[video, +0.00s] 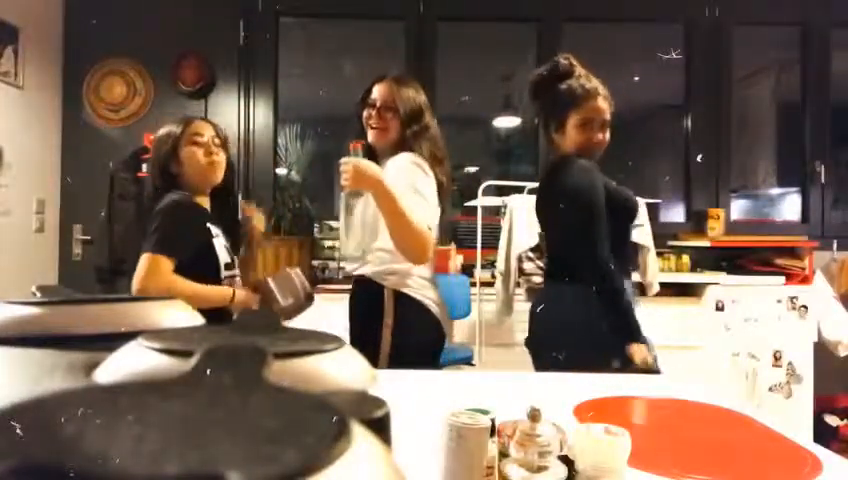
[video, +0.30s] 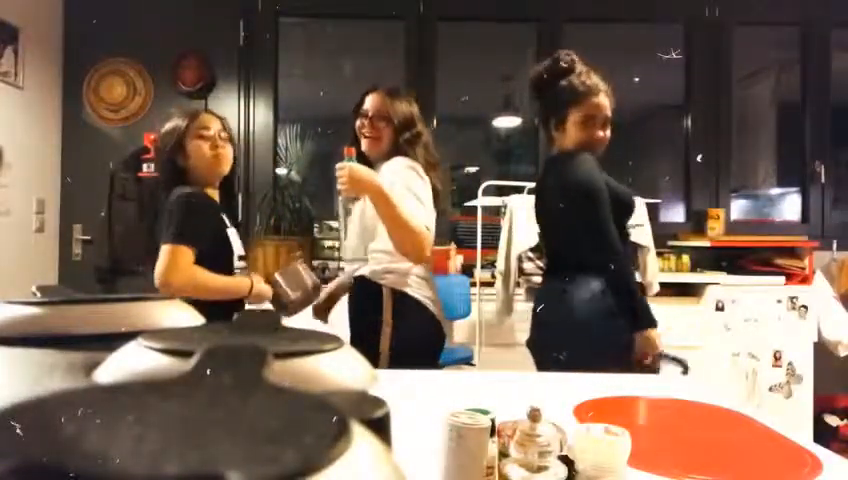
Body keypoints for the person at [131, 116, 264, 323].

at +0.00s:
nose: (213, 150)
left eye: (218, 144)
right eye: (197, 143)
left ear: (225, 158)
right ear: (173, 163)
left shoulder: (205, 213)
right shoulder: (177, 208)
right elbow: (148, 282)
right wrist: (231, 296)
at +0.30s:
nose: (218, 144)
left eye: (224, 137)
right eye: (204, 136)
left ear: (233, 150)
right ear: (180, 154)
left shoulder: (215, 206)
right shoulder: (187, 202)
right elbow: (171, 277)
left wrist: (253, 283)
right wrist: (248, 288)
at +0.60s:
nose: (217, 134)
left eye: (223, 126)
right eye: (202, 126)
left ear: (232, 137)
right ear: (178, 142)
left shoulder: (212, 191)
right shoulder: (186, 190)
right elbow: (172, 270)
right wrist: (247, 282)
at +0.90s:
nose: (214, 131)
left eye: (220, 122)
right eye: (199, 123)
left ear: (230, 133)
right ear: (176, 141)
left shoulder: (213, 188)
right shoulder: (185, 185)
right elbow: (166, 263)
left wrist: (249, 271)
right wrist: (241, 276)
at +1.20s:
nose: (217, 140)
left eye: (223, 131)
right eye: (202, 132)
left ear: (233, 141)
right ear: (179, 150)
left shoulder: (214, 202)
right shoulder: (186, 196)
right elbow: (167, 270)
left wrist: (260, 290)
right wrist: (243, 283)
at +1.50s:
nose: (218, 150)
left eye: (224, 142)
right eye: (202, 142)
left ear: (234, 152)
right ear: (179, 159)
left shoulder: (216, 212)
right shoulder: (186, 209)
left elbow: (228, 284)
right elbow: (178, 284)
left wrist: (274, 297)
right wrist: (250, 293)